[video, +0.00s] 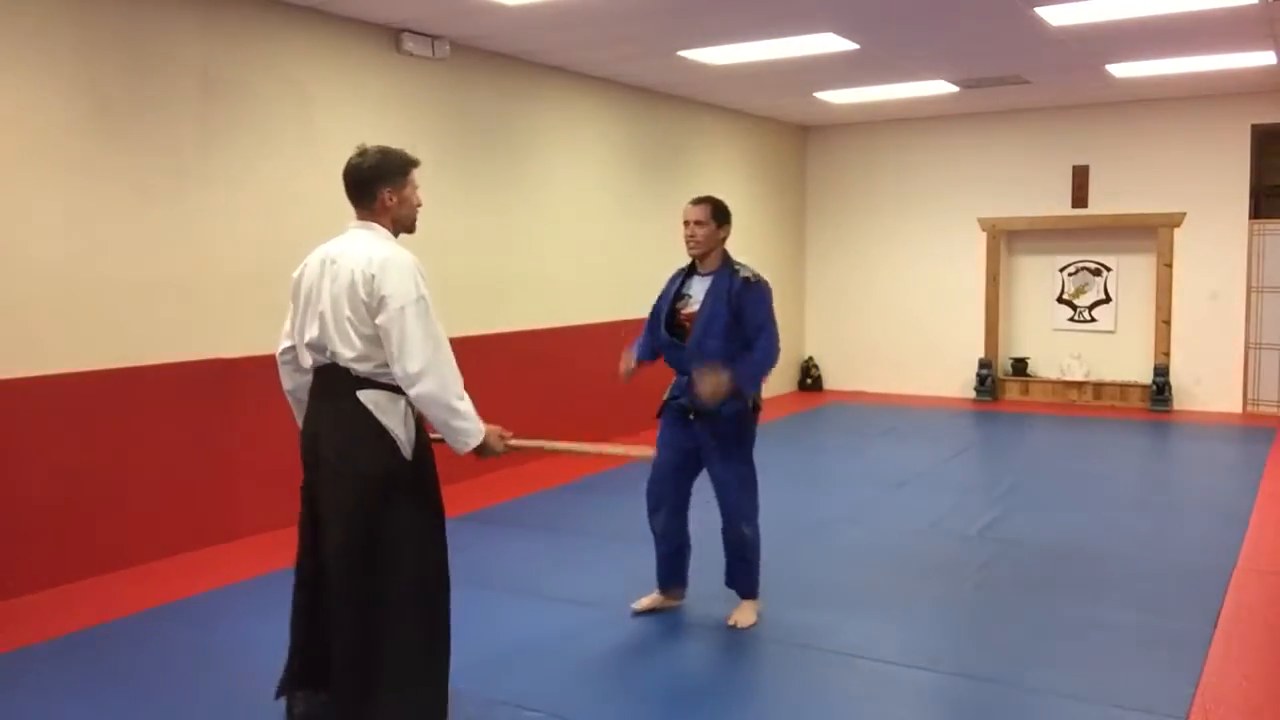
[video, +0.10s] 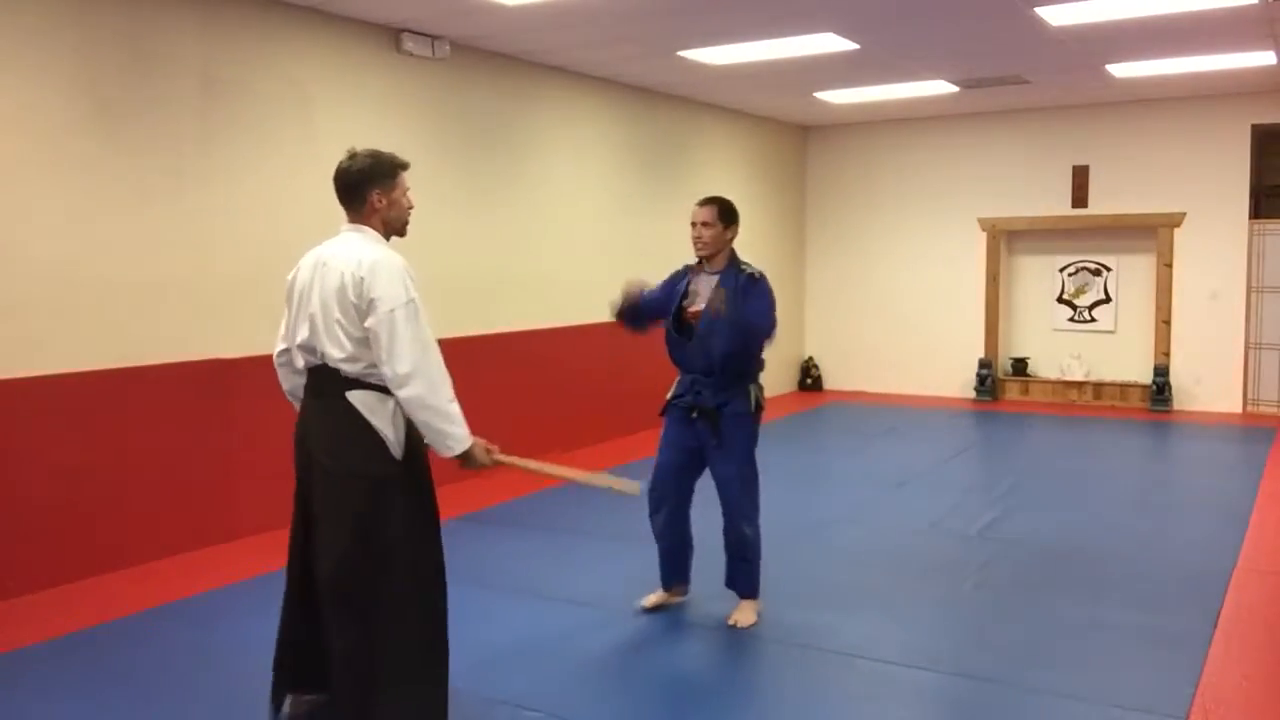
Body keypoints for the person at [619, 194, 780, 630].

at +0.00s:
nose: (690, 233)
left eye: (699, 225)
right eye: (686, 225)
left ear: (723, 231)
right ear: (682, 230)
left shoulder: (748, 286)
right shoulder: (678, 282)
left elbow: (766, 348)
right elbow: (657, 333)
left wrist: (733, 379)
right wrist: (637, 351)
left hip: (729, 416)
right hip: (681, 411)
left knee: (738, 509)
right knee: (663, 497)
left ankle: (748, 597)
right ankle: (671, 589)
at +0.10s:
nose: (698, 234)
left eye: (707, 226)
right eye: (694, 226)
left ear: (730, 232)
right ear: (691, 231)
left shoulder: (751, 284)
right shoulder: (682, 281)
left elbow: (757, 331)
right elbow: (646, 312)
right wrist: (630, 306)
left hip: (733, 407)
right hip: (687, 403)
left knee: (739, 505)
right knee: (664, 494)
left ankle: (747, 597)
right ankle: (674, 586)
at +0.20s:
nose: (699, 232)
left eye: (706, 225)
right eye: (697, 225)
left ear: (730, 230)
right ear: (696, 229)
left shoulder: (749, 277)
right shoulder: (682, 274)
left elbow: (755, 287)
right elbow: (630, 276)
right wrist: (615, 251)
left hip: (735, 403)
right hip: (688, 400)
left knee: (739, 502)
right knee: (670, 493)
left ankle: (747, 597)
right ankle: (679, 582)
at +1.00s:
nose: (683, 250)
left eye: (691, 243)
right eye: (679, 244)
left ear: (713, 247)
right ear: (676, 249)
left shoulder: (742, 294)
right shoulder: (666, 296)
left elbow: (757, 344)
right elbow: (627, 347)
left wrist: (727, 305)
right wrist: (641, 308)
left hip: (730, 413)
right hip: (681, 414)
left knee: (740, 491)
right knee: (654, 483)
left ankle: (757, 565)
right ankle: (658, 581)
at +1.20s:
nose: (640, 254)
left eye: (649, 246)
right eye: (636, 247)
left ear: (670, 251)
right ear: (632, 251)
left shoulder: (697, 298)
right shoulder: (622, 300)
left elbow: (715, 346)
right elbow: (593, 356)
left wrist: (681, 308)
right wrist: (603, 326)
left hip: (687, 416)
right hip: (640, 419)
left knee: (715, 489)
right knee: (631, 502)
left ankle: (749, 552)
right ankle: (657, 586)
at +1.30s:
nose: (617, 253)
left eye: (625, 245)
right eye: (612, 246)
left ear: (646, 250)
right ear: (608, 252)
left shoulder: (673, 296)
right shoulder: (604, 301)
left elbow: (683, 346)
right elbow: (579, 359)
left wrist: (643, 306)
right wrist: (587, 334)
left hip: (669, 419)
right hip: (622, 420)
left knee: (668, 502)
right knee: (621, 513)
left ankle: (702, 564)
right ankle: (656, 588)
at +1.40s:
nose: (590, 250)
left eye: (599, 243)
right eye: (587, 243)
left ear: (622, 248)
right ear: (585, 248)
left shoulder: (645, 289)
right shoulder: (591, 301)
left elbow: (626, 306)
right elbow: (571, 358)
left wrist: (579, 273)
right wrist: (569, 340)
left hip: (646, 410)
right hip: (608, 411)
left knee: (617, 498)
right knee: (622, 500)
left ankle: (621, 601)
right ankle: (658, 583)